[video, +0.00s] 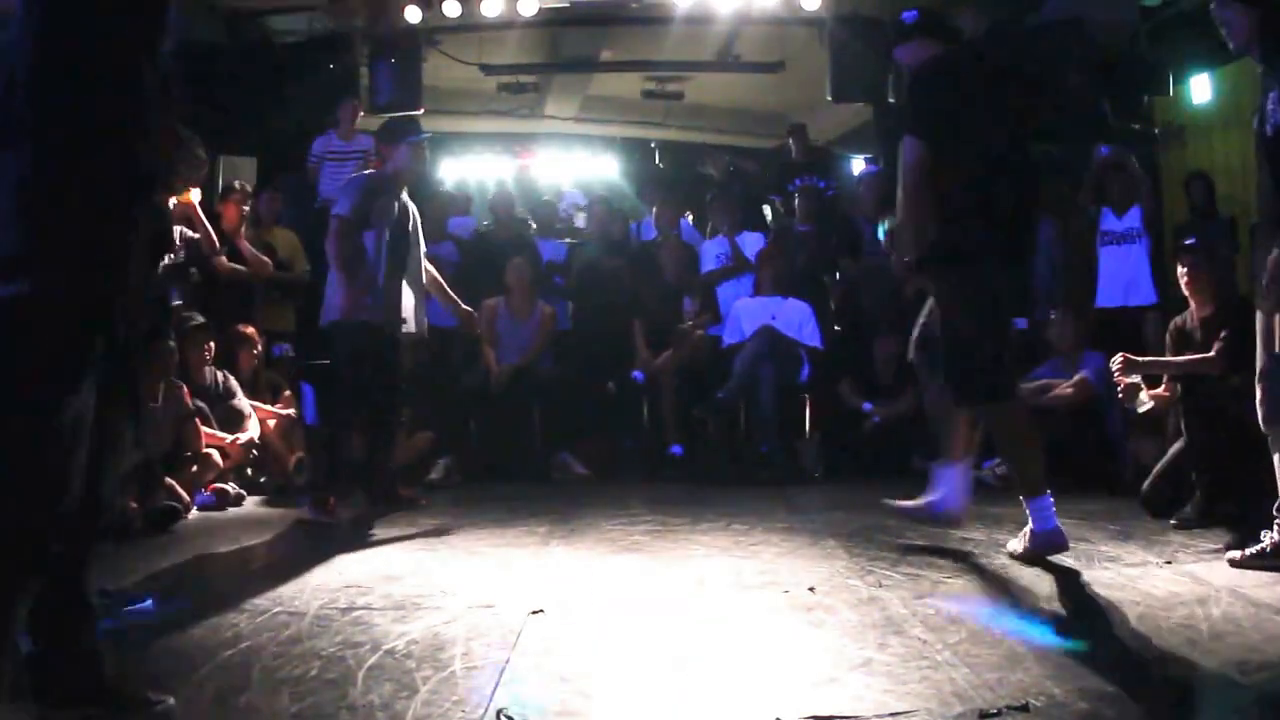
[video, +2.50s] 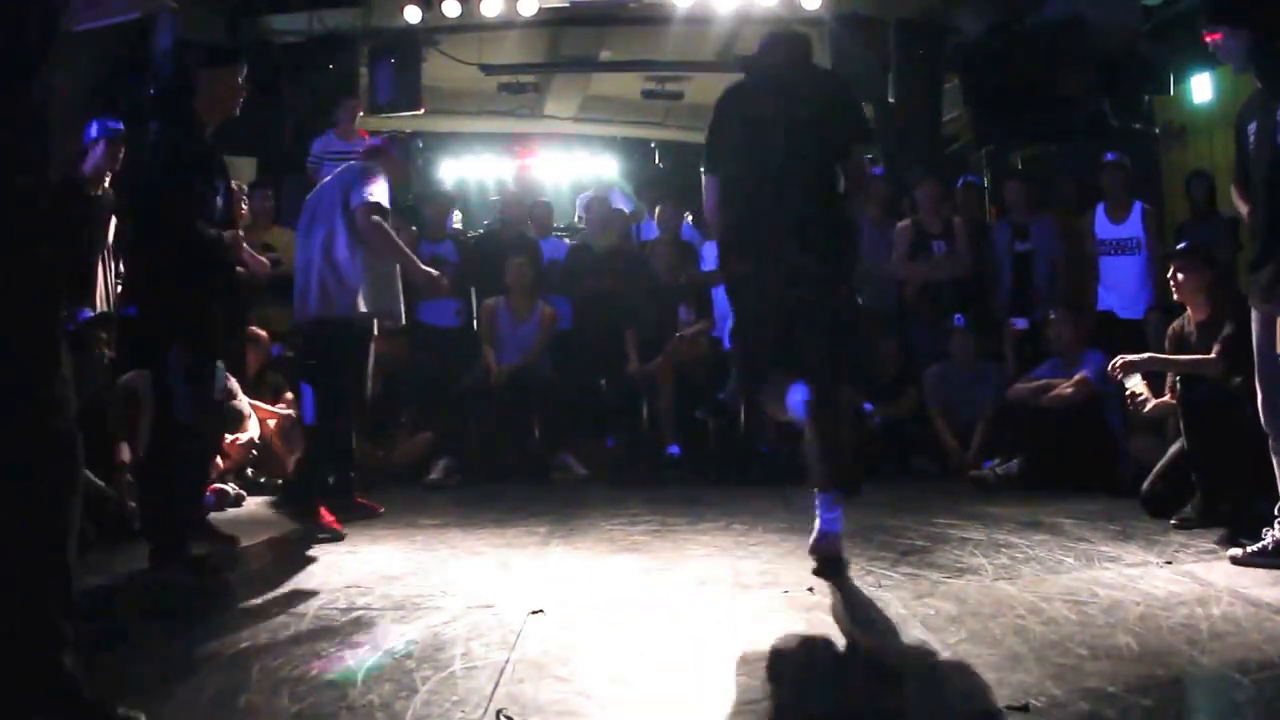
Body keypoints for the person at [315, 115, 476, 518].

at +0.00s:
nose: (422, 155)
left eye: (422, 147)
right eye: (413, 147)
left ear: (409, 152)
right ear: (387, 150)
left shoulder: (406, 207)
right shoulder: (363, 186)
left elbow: (421, 267)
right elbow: (338, 236)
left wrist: (458, 307)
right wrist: (353, 288)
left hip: (391, 323)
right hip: (353, 320)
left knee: (387, 407)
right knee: (343, 407)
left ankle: (382, 486)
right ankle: (331, 492)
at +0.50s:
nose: (369, 149)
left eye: (373, 142)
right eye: (360, 141)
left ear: (377, 151)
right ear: (337, 147)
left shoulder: (383, 202)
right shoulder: (308, 189)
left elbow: (384, 263)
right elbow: (277, 250)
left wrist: (379, 311)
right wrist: (263, 312)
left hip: (361, 321)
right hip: (308, 320)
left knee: (375, 409)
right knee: (306, 413)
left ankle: (379, 486)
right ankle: (309, 496)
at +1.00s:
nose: (331, 145)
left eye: (338, 138)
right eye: (324, 136)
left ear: (346, 142)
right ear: (306, 137)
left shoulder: (360, 185)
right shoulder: (278, 186)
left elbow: (408, 164)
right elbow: (254, 252)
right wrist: (249, 316)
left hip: (343, 317)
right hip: (291, 317)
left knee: (344, 411)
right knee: (296, 409)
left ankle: (345, 505)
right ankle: (308, 496)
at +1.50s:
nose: (350, 120)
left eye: (354, 113)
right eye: (341, 111)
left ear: (356, 121)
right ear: (316, 115)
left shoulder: (366, 161)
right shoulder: (284, 166)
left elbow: (416, 143)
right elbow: (254, 230)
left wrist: (470, 119)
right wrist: (242, 288)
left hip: (349, 306)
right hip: (293, 305)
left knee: (345, 414)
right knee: (290, 417)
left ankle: (342, 511)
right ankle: (291, 513)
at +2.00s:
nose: (362, 134)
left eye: (363, 125)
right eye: (357, 124)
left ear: (344, 124)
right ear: (332, 120)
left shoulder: (339, 173)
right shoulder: (298, 170)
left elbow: (340, 249)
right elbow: (288, 249)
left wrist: (354, 307)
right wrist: (293, 317)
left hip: (339, 315)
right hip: (300, 316)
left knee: (359, 402)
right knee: (294, 416)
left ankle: (339, 493)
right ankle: (290, 514)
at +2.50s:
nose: (404, 175)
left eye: (405, 168)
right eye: (403, 166)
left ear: (375, 151)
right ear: (390, 155)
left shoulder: (325, 187)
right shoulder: (371, 172)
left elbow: (310, 245)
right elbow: (369, 220)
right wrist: (420, 269)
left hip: (317, 308)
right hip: (345, 309)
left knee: (337, 407)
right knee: (338, 407)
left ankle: (343, 489)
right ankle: (307, 496)